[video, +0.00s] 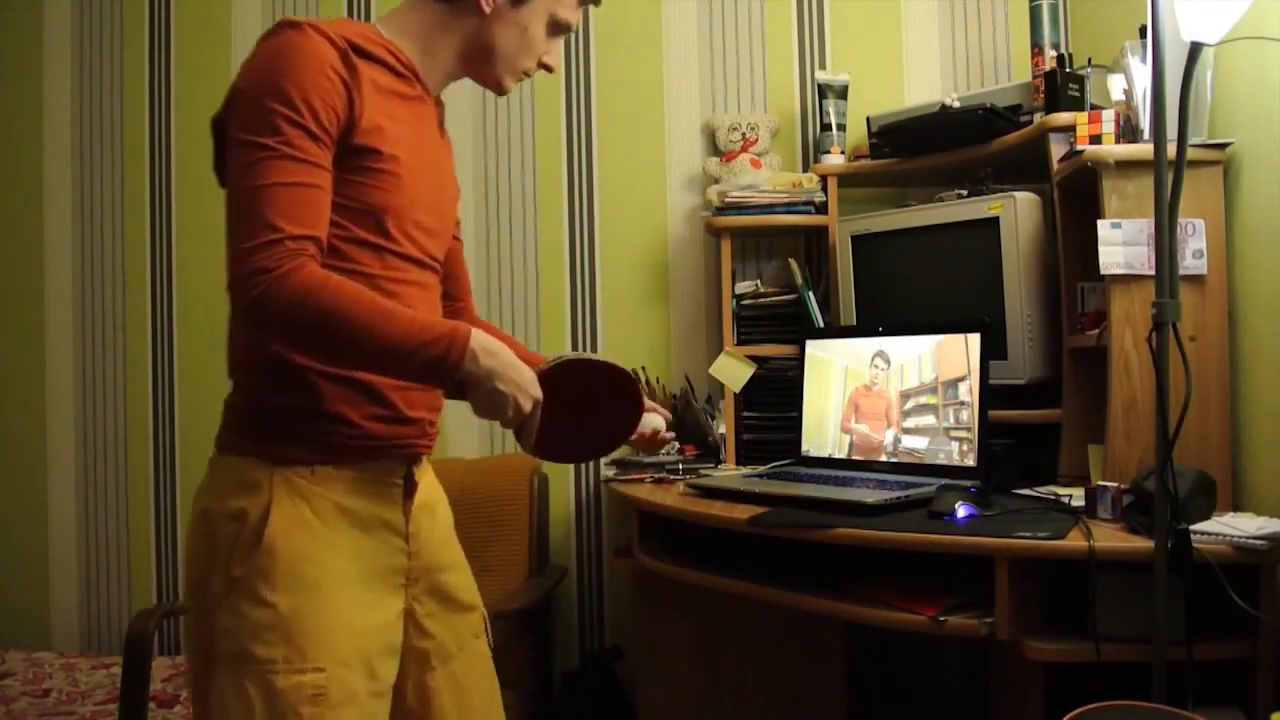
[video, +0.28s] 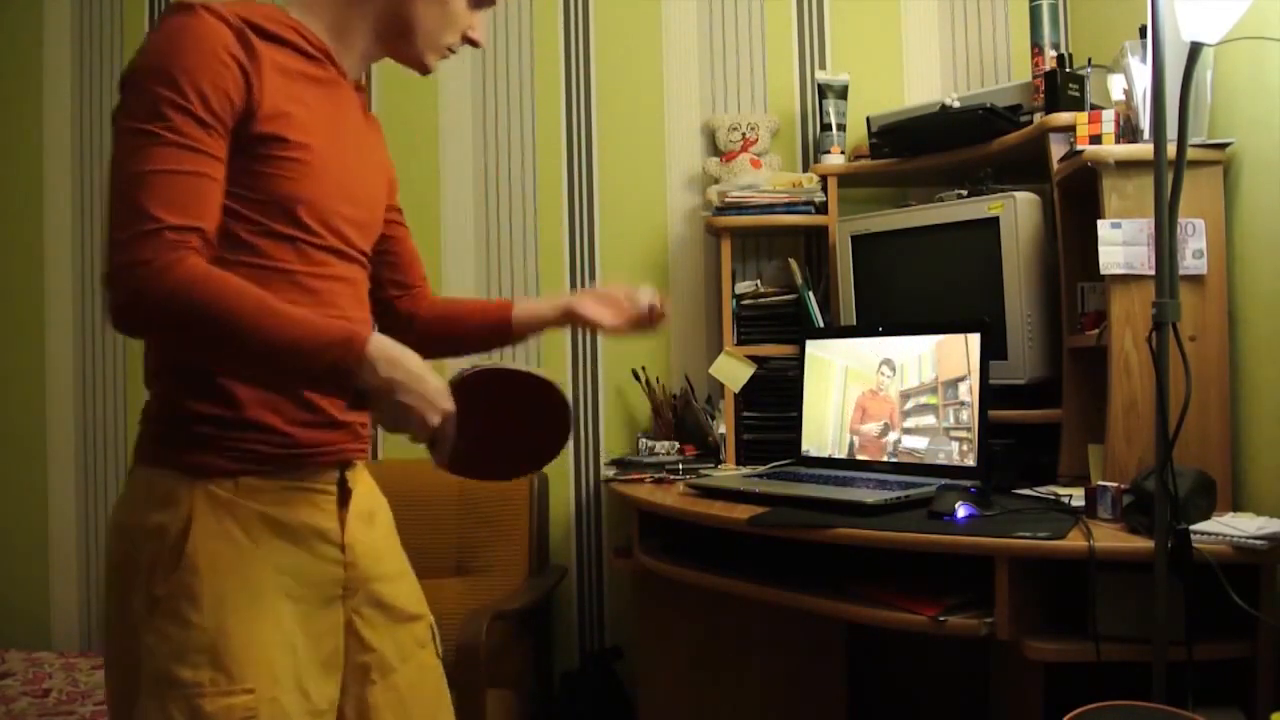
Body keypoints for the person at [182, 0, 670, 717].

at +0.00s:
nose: (552, 61)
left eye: (563, 39)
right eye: (556, 28)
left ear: (496, 7)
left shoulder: (425, 117)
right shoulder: (308, 57)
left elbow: (455, 322)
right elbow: (271, 276)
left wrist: (588, 403)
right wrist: (458, 355)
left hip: (409, 502)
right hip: (293, 505)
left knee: (462, 712)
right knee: (298, 711)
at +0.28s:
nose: (478, 33)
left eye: (486, 12)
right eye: (477, 2)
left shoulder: (355, 110)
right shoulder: (208, 39)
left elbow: (406, 315)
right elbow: (147, 278)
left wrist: (561, 307)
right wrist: (365, 358)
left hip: (349, 513)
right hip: (217, 517)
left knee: (413, 708)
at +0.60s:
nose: (468, 27)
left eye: (476, 6)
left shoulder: (333, 111)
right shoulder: (182, 47)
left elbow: (311, 306)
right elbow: (26, 256)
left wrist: (466, 361)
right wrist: (191, 416)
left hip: (321, 524)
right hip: (189, 533)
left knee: (416, 707)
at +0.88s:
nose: (497, 56)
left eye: (507, 33)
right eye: (498, 23)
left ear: (427, 5)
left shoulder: (331, 92)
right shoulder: (281, 89)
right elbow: (341, 334)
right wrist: (537, 392)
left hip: (333, 514)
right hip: (246, 526)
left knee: (418, 712)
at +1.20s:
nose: (511, 44)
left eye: (520, 21)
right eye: (513, 12)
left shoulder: (356, 76)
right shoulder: (304, 61)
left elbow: (404, 286)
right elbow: (433, 272)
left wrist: (541, 253)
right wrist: (558, 234)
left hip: (347, 490)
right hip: (260, 495)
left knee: (399, 711)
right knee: (267, 710)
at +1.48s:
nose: (450, 29)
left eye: (457, 8)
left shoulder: (285, 75)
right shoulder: (190, 57)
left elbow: (294, 301)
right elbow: (274, 307)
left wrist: (453, 300)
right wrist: (431, 289)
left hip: (290, 524)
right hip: (173, 539)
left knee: (369, 709)